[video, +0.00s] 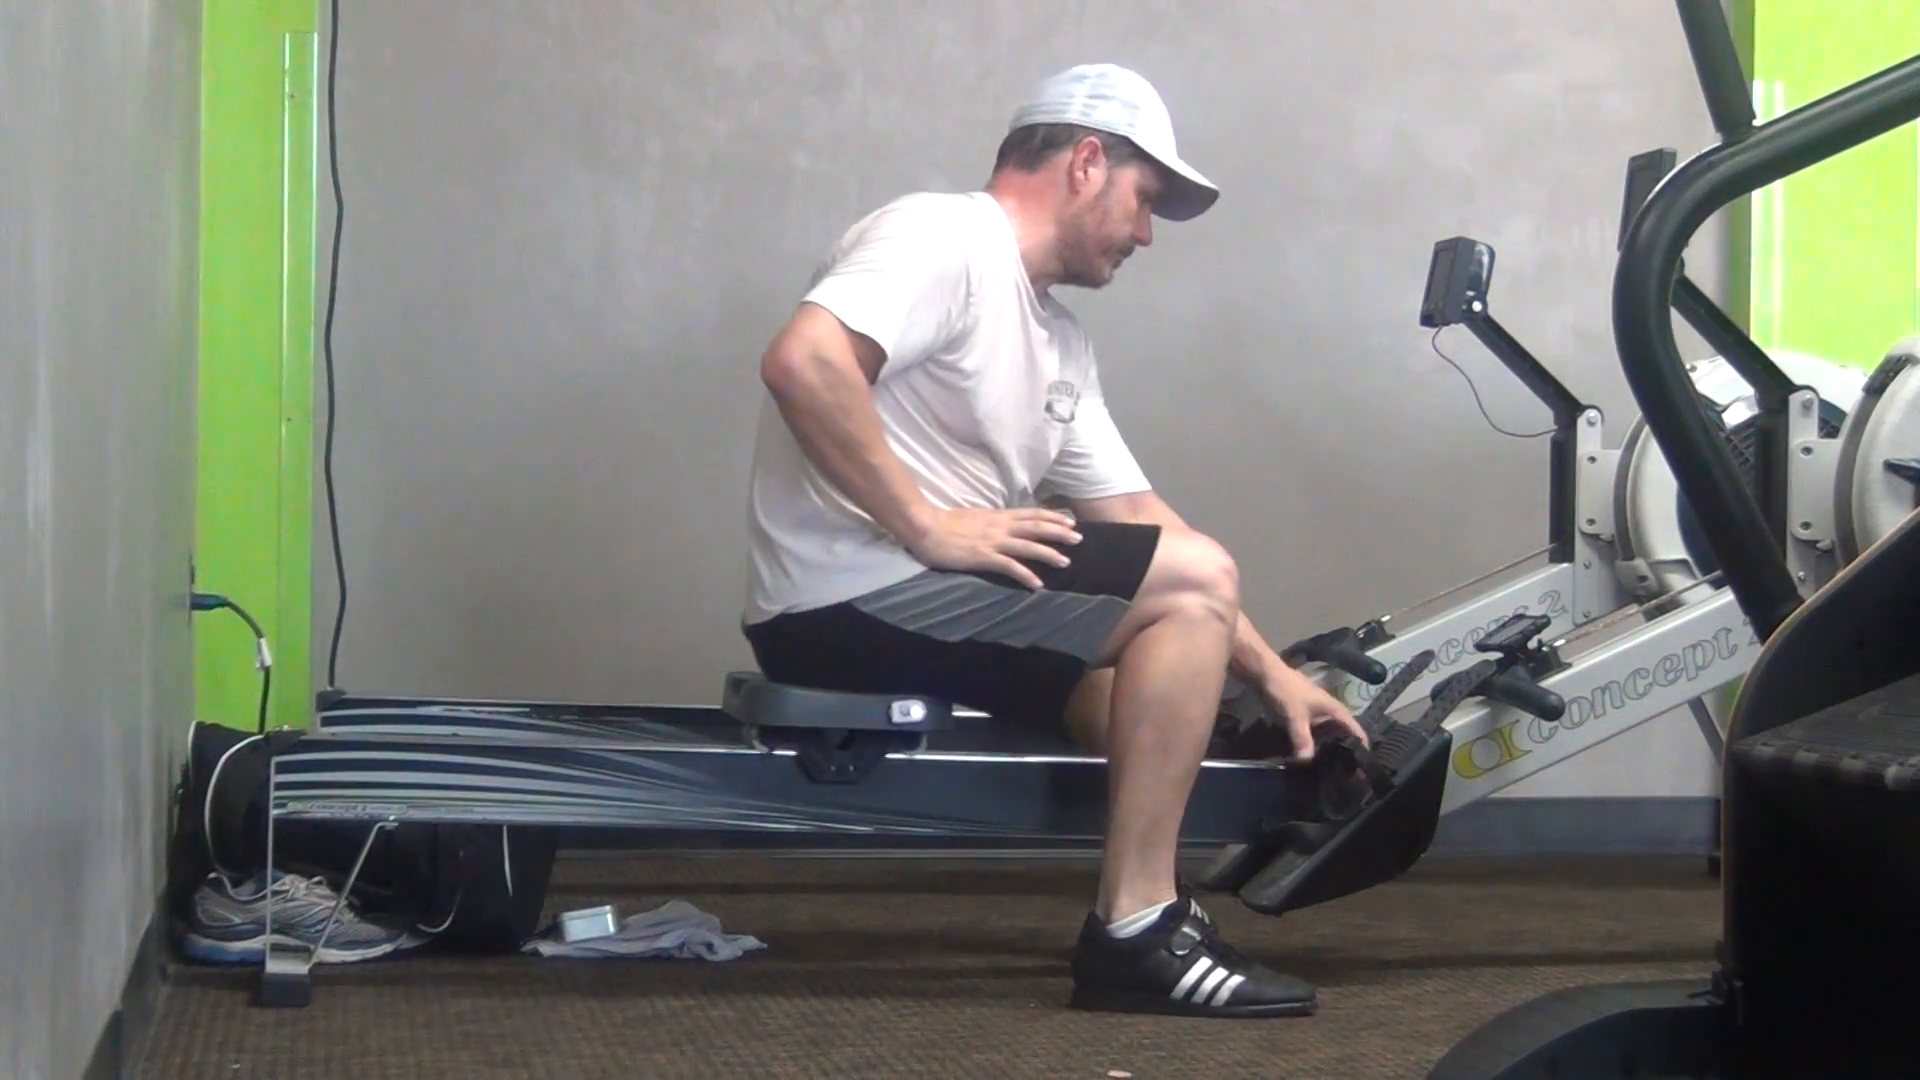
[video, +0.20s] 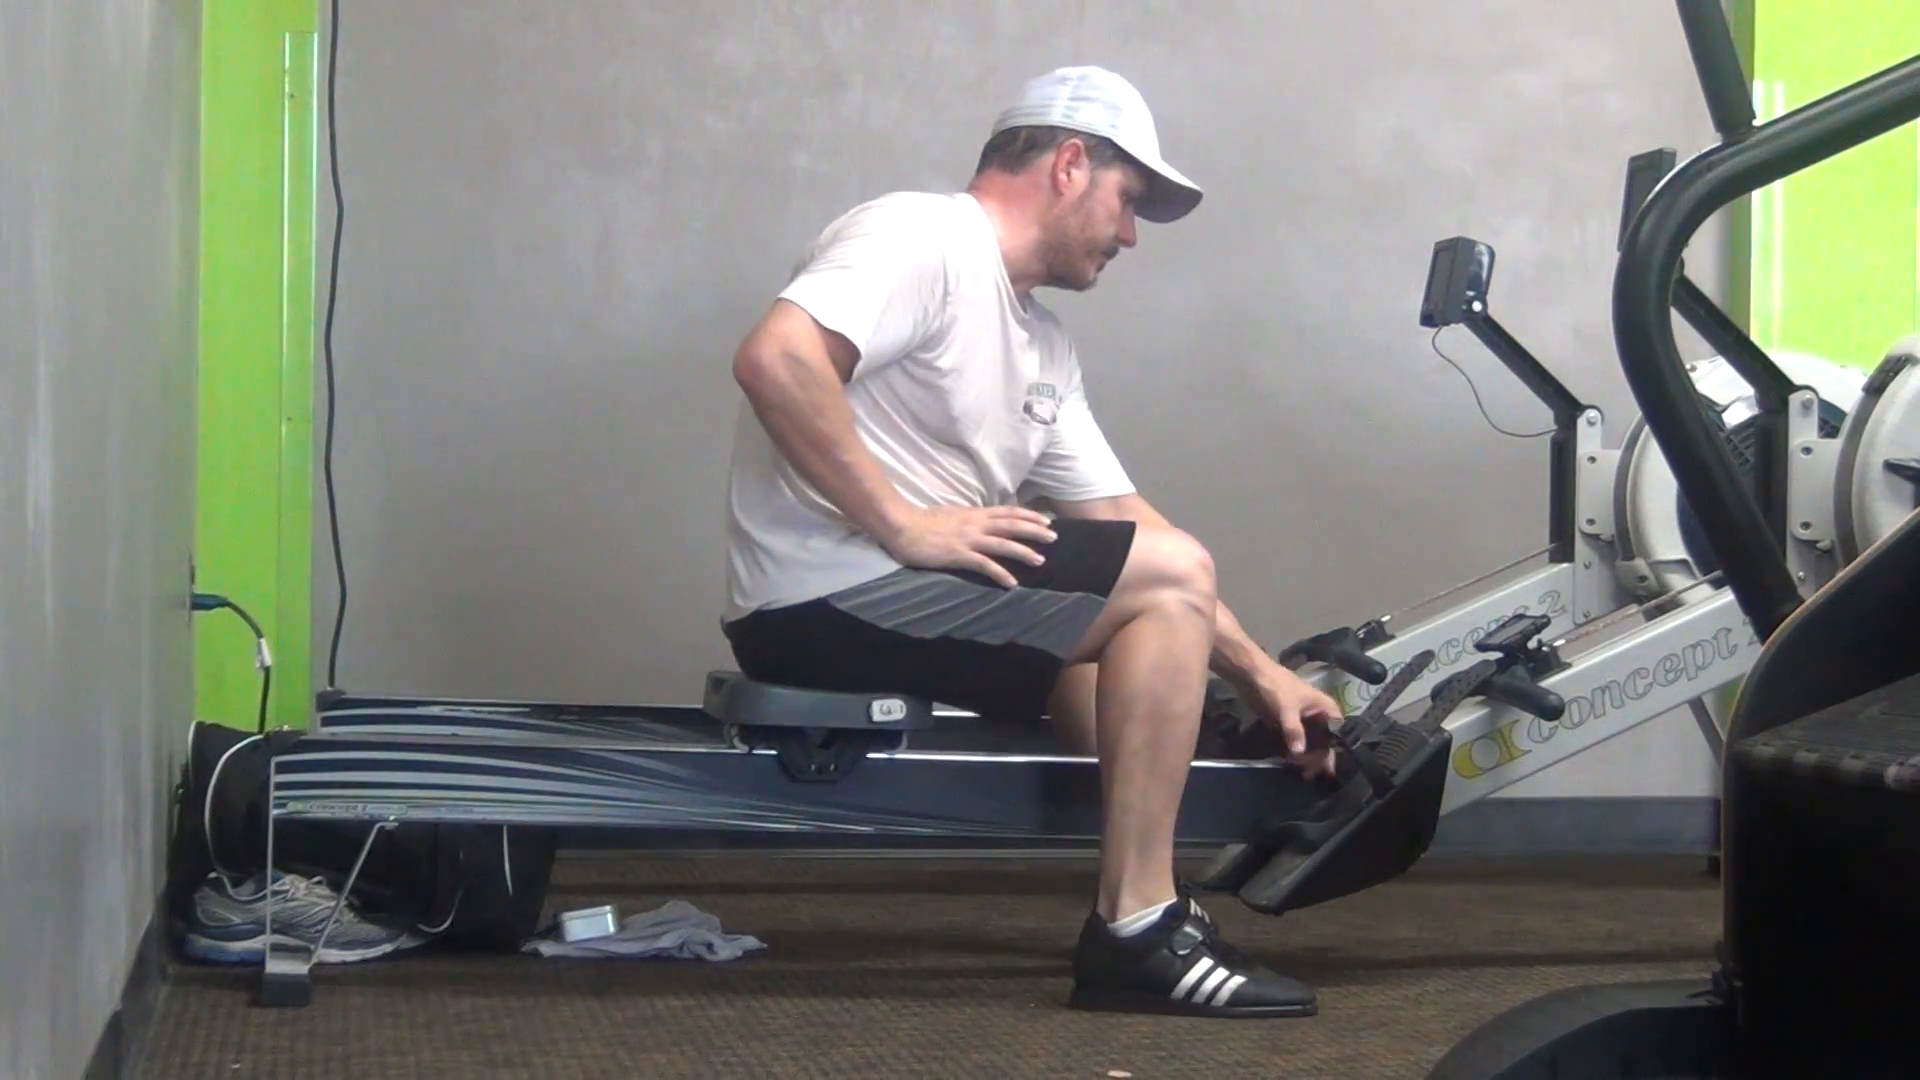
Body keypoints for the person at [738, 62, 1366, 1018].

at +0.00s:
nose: (1149, 233)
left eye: (1157, 209)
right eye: (1147, 197)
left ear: (1086, 171)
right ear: (1084, 164)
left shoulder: (1058, 342)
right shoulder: (945, 236)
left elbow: (1138, 519)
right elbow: (805, 363)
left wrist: (1276, 674)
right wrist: (924, 526)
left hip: (934, 600)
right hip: (839, 596)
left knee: (1181, 645)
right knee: (1204, 571)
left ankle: (1133, 935)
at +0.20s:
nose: (1133, 234)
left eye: (1141, 211)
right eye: (1130, 199)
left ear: (1067, 172)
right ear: (1067, 166)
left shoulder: (1041, 343)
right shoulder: (922, 234)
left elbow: (1126, 520)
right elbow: (777, 359)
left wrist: (1263, 674)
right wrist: (901, 525)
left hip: (914, 603)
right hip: (817, 596)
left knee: (1164, 628)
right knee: (1181, 567)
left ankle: (1136, 929)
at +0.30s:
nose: (1114, 225)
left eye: (1122, 203)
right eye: (1110, 190)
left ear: (1051, 166)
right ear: (1046, 156)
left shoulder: (1025, 339)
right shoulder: (908, 232)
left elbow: (1110, 515)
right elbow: (768, 363)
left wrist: (1254, 661)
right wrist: (899, 524)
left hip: (910, 602)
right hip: (814, 598)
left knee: (1163, 625)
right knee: (1180, 560)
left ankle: (1136, 927)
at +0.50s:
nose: (1058, 215)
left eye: (1066, 193)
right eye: (1054, 180)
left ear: (993, 149)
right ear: (991, 142)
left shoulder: (991, 330)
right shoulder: (855, 219)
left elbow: (1103, 501)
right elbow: (724, 353)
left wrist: (1248, 638)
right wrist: (882, 497)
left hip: (907, 585)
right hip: (815, 591)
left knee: (1150, 565)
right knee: (1160, 531)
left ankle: (1147, 871)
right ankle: (1168, 877)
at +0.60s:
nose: (1036, 208)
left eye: (1044, 187)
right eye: (1031, 173)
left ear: (972, 143)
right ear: (969, 138)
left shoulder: (980, 327)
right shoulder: (832, 214)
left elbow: (1093, 497)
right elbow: (692, 337)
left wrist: (1238, 622)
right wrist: (854, 469)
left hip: (905, 588)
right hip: (809, 585)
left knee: (1104, 589)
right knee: (1134, 467)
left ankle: (1144, 878)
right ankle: (1165, 821)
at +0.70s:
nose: (1024, 206)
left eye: (1033, 185)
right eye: (1018, 172)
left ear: (959, 147)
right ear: (955, 139)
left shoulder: (977, 329)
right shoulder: (820, 216)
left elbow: (1091, 506)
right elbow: (671, 328)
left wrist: (1236, 623)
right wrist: (835, 458)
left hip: (910, 606)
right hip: (803, 587)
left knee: (1098, 596)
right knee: (1111, 421)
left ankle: (1139, 889)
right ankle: (1130, 759)